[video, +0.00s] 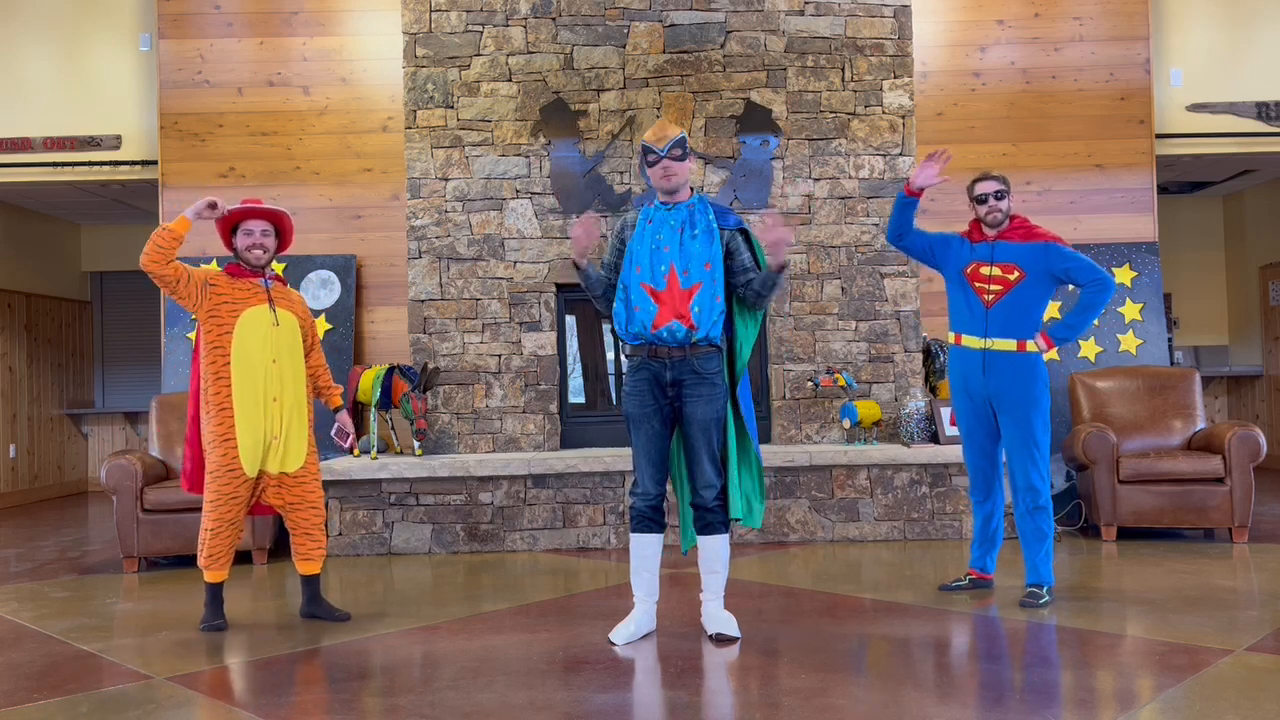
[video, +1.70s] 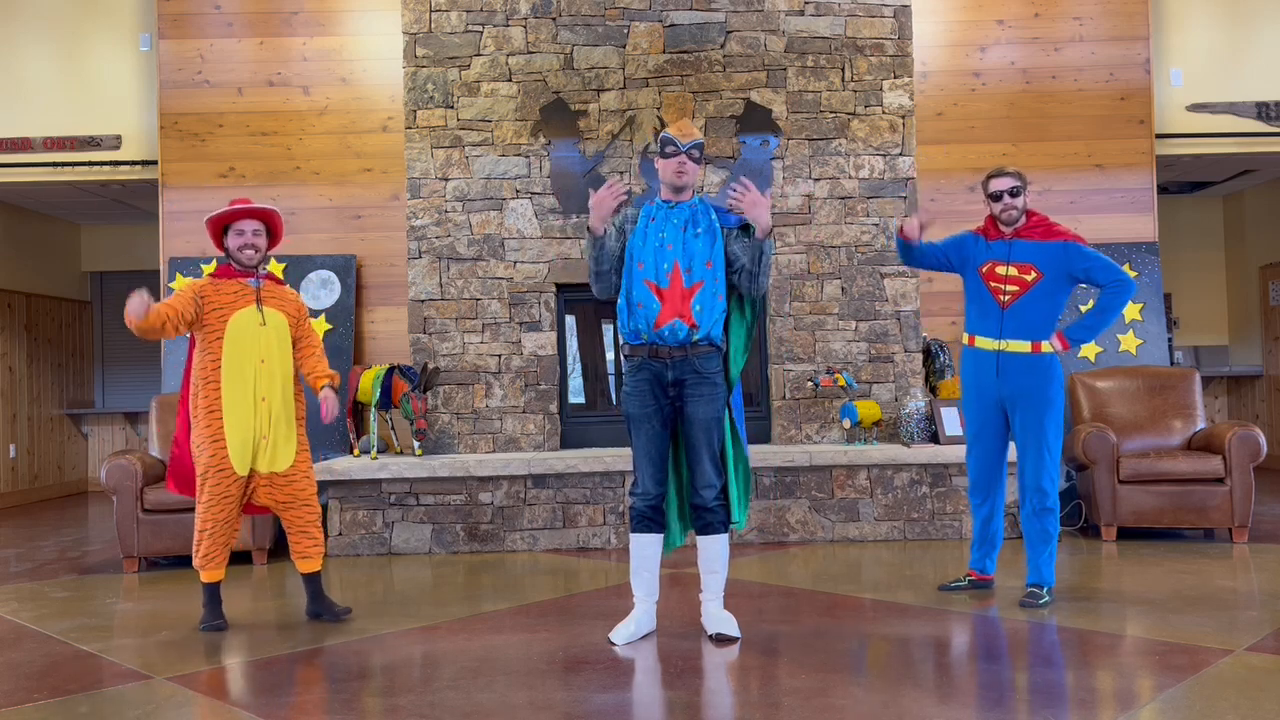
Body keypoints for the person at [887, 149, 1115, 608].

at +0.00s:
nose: (993, 205)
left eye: (1000, 196)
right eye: (984, 199)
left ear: (1012, 200)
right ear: (973, 208)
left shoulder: (1042, 248)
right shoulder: (954, 248)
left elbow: (1101, 283)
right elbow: (901, 236)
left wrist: (1055, 335)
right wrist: (912, 190)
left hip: (1020, 372)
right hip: (966, 372)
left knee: (1029, 479)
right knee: (982, 477)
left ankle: (1039, 581)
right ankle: (982, 571)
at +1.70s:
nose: (1007, 202)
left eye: (1014, 193)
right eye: (997, 196)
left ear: (1027, 195)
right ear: (987, 203)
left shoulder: (1059, 246)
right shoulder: (970, 245)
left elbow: (1120, 285)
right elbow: (918, 257)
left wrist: (1072, 336)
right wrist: (908, 240)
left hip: (1035, 375)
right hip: (979, 375)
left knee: (1038, 480)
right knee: (983, 479)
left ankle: (1040, 581)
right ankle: (981, 572)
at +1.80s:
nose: (1010, 200)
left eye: (1017, 192)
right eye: (1000, 195)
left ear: (1031, 196)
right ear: (990, 202)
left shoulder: (1062, 246)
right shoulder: (976, 245)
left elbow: (1122, 285)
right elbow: (927, 269)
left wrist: (1072, 336)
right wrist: (916, 283)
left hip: (1036, 375)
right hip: (980, 374)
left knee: (1038, 482)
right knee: (983, 478)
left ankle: (1040, 581)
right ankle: (981, 572)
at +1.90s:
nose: (1016, 199)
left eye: (1024, 191)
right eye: (1007, 192)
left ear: (1035, 197)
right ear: (994, 200)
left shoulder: (1065, 247)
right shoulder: (975, 249)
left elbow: (1124, 286)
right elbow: (927, 296)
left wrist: (1075, 338)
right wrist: (939, 346)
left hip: (1039, 380)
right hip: (983, 379)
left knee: (1039, 485)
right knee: (984, 481)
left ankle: (1040, 582)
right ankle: (981, 572)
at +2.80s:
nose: (978, 203)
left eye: (984, 195)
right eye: (968, 198)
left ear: (998, 200)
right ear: (960, 209)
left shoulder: (1030, 253)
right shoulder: (952, 263)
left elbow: (1069, 313)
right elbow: (939, 329)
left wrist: (1085, 377)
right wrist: (923, 389)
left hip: (1020, 387)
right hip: (969, 388)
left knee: (1028, 484)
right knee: (984, 484)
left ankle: (1039, 582)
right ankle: (982, 572)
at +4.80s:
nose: (996, 201)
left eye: (1004, 194)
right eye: (988, 194)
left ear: (1016, 201)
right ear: (977, 201)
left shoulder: (1040, 253)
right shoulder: (959, 256)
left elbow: (1059, 324)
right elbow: (947, 326)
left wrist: (1068, 384)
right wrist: (937, 384)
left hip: (1027, 389)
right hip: (973, 391)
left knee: (1032, 486)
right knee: (985, 484)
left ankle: (1040, 581)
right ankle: (982, 571)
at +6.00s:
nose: (969, 206)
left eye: (978, 198)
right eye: (967, 199)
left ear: (1004, 203)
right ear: (969, 205)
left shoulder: (1036, 254)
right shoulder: (957, 256)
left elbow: (1057, 325)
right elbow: (944, 326)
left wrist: (1062, 385)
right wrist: (934, 381)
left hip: (1019, 389)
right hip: (967, 391)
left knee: (1026, 486)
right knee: (981, 485)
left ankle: (1039, 581)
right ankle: (982, 572)